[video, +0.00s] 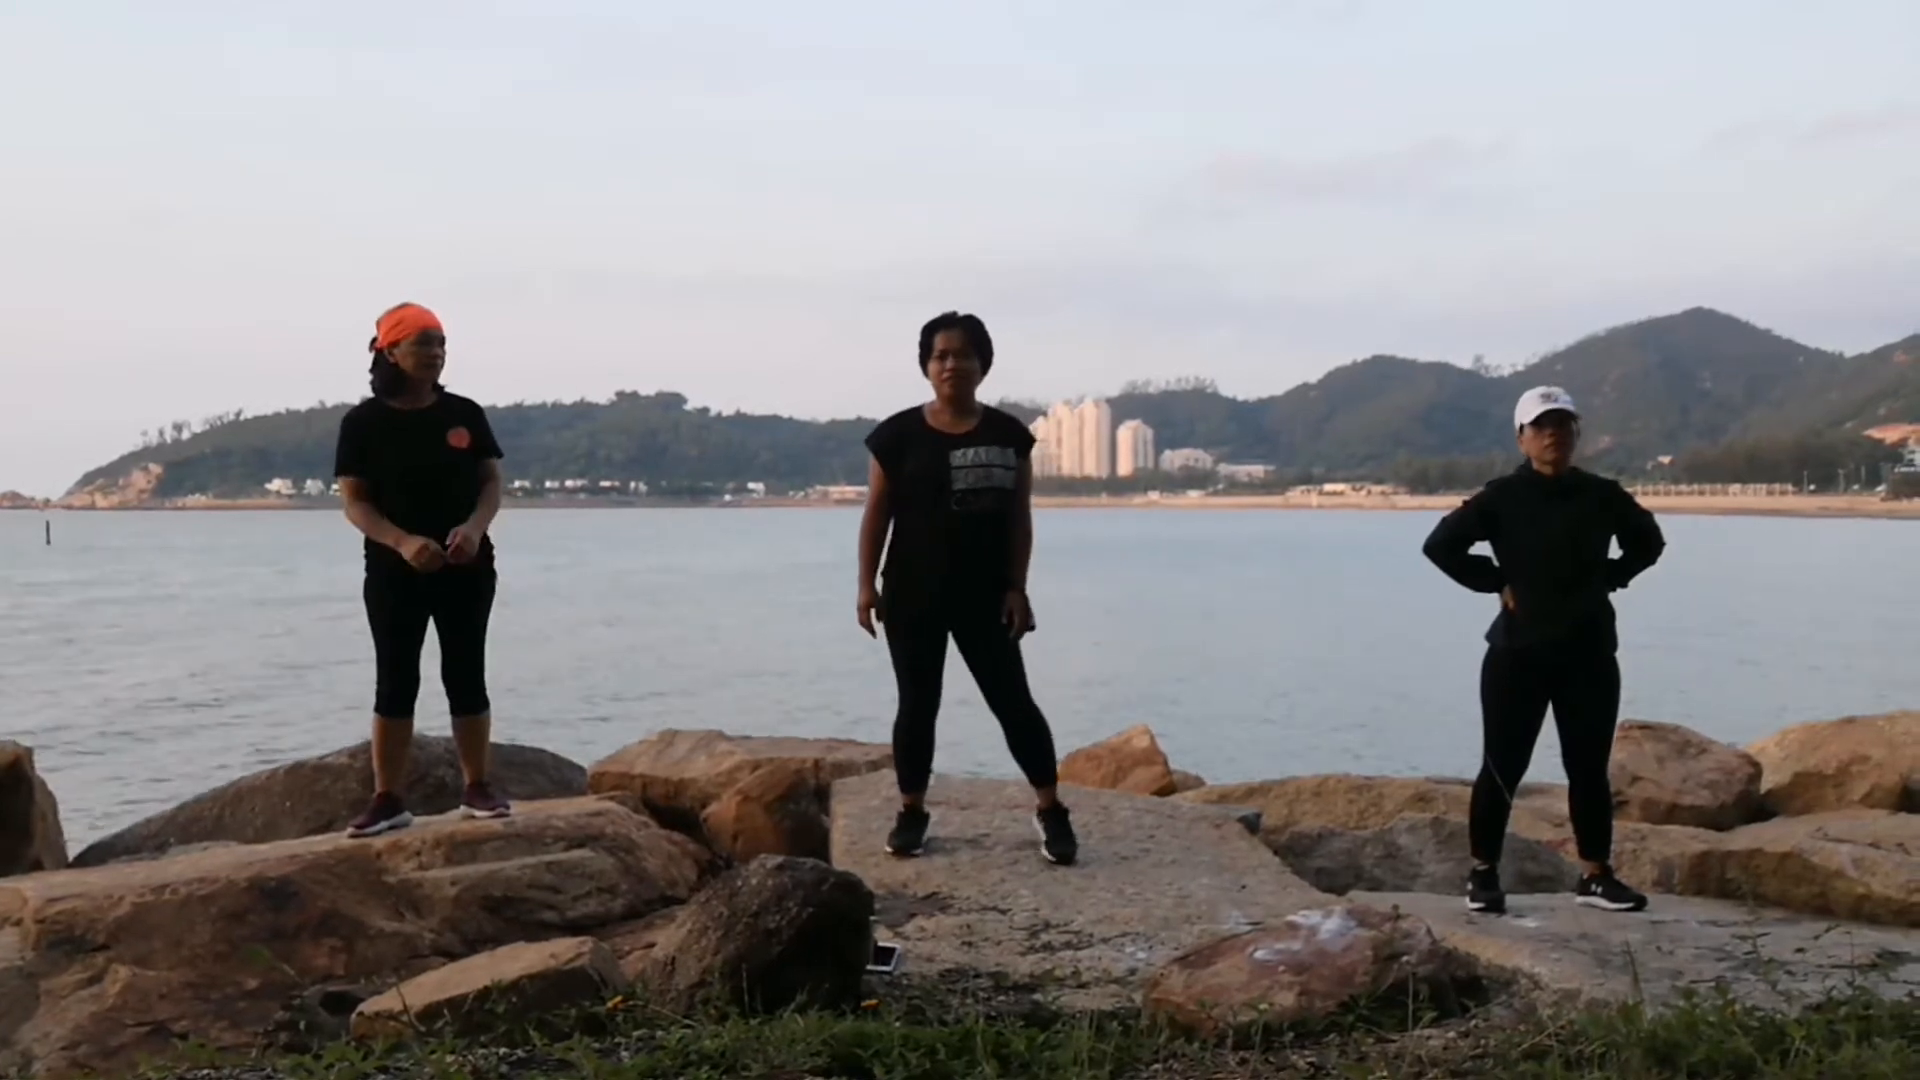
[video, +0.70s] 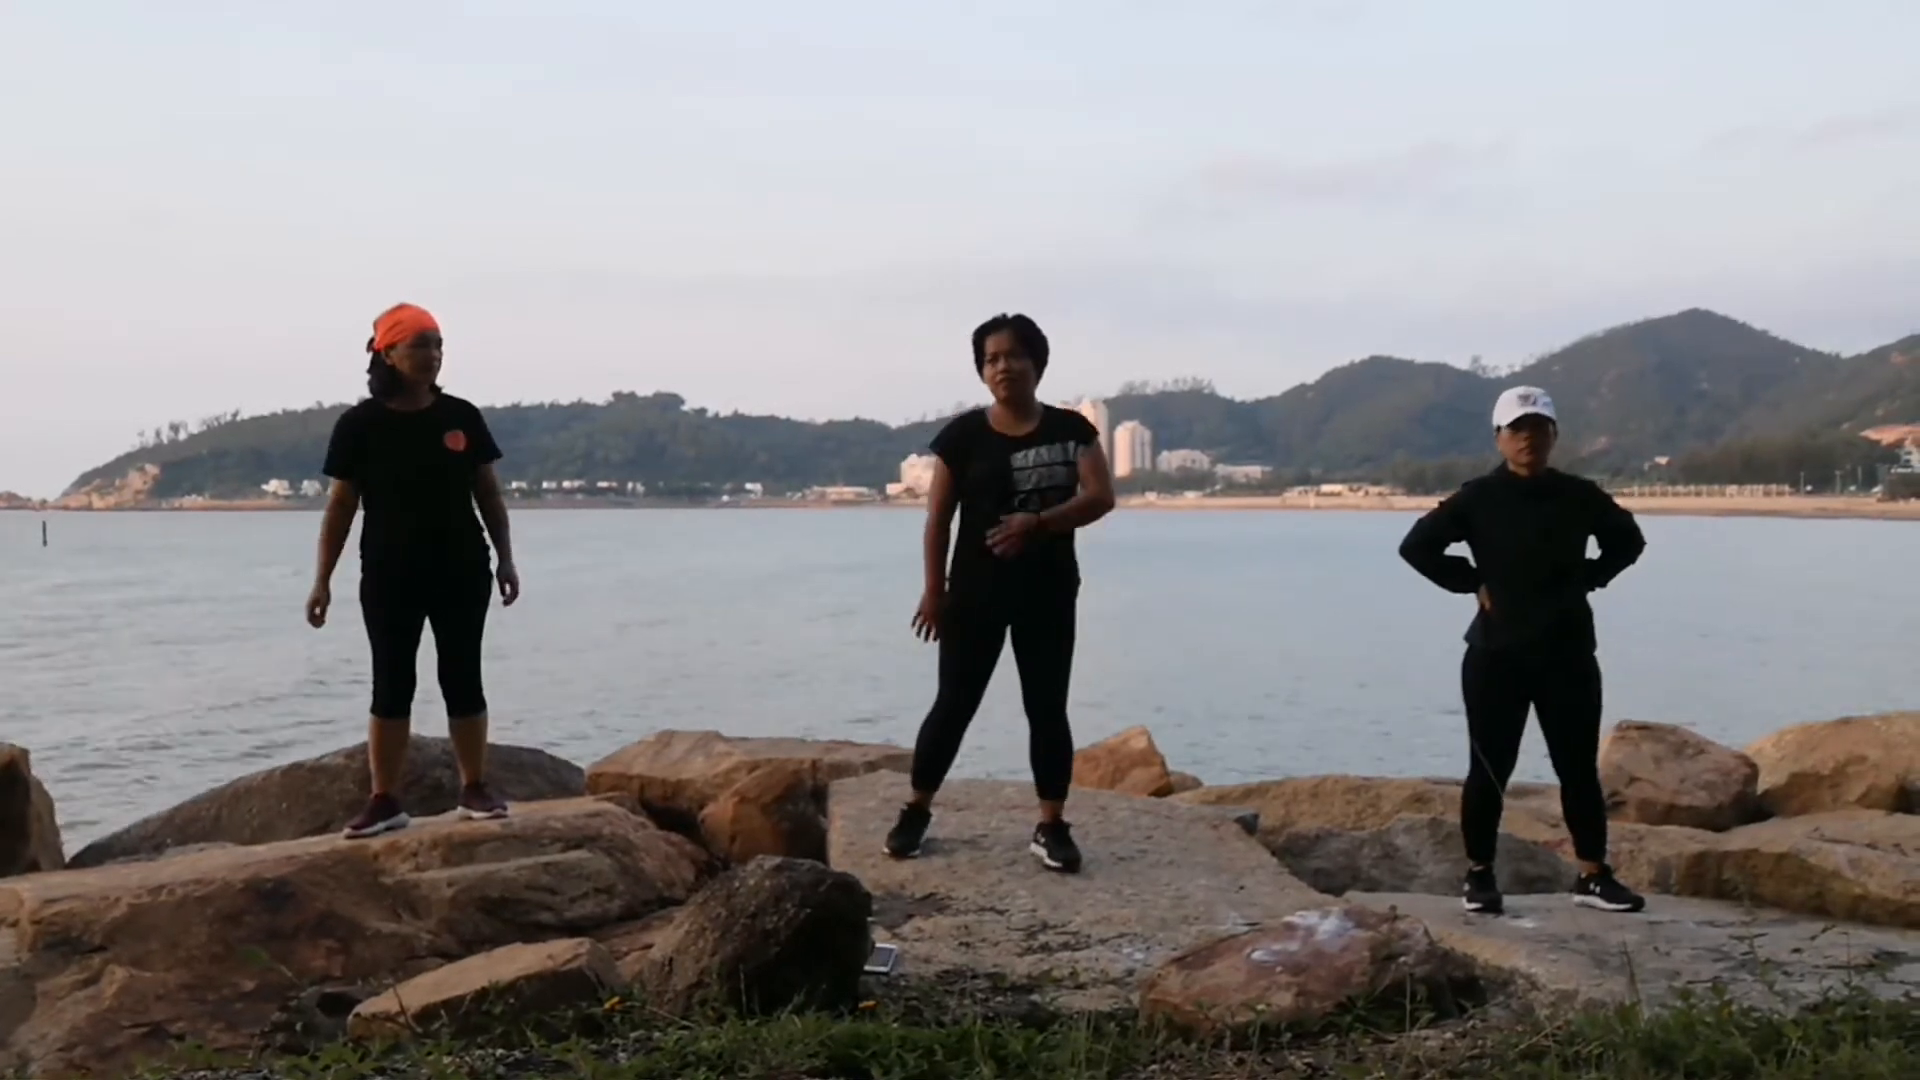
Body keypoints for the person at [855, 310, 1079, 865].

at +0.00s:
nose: (951, 365)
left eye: (963, 356)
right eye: (941, 356)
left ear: (983, 365)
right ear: (926, 365)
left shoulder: (1010, 435)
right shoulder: (897, 435)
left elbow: (1020, 518)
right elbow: (876, 515)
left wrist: (1018, 587)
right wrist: (866, 584)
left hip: (984, 595)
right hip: (914, 595)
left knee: (1016, 706)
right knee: (916, 707)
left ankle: (1051, 811)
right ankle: (911, 812)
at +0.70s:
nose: (1003, 368)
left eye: (1015, 357)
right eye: (992, 360)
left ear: (1037, 363)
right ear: (981, 370)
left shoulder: (1072, 430)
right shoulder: (962, 436)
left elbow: (1100, 498)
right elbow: (938, 519)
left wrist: (1039, 522)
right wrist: (933, 589)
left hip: (1047, 595)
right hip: (977, 593)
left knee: (1049, 710)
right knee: (953, 705)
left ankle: (1052, 824)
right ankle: (917, 809)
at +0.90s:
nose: (1020, 366)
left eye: (1032, 356)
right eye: (1010, 356)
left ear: (1054, 365)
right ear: (996, 367)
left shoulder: (1078, 426)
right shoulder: (973, 429)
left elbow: (1057, 482)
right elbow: (964, 510)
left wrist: (984, 460)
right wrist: (966, 584)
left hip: (1048, 590)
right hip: (981, 585)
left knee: (1048, 710)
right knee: (951, 703)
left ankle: (1051, 824)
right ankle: (917, 811)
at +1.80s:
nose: (946, 370)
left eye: (957, 360)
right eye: (935, 360)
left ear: (972, 369)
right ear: (915, 369)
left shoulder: (995, 434)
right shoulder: (891, 437)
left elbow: (999, 511)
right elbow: (887, 522)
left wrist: (927, 502)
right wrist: (895, 597)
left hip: (972, 591)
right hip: (906, 590)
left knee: (1002, 706)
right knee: (906, 710)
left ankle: (1032, 815)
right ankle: (903, 815)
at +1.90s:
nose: (945, 369)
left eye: (954, 359)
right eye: (933, 360)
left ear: (970, 367)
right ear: (913, 369)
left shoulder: (995, 433)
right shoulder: (885, 441)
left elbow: (1010, 511)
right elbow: (877, 528)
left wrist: (957, 536)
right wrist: (890, 594)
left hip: (975, 592)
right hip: (907, 591)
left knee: (1006, 704)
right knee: (906, 711)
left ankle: (1038, 814)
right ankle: (903, 815)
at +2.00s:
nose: (948, 370)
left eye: (957, 360)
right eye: (936, 361)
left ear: (973, 368)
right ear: (916, 371)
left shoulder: (1001, 437)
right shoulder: (888, 445)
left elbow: (1023, 519)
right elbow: (874, 527)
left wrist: (992, 571)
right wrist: (881, 592)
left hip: (979, 594)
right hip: (910, 598)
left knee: (1011, 709)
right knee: (907, 714)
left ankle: (1046, 817)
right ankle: (902, 817)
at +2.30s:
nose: (986, 371)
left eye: (996, 360)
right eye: (974, 362)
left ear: (1013, 368)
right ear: (957, 374)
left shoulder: (1050, 439)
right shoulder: (935, 447)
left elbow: (1071, 518)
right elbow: (914, 526)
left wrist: (1075, 583)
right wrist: (895, 594)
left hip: (1026, 600)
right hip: (953, 600)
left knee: (1036, 714)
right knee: (930, 710)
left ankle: (1053, 826)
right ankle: (904, 817)